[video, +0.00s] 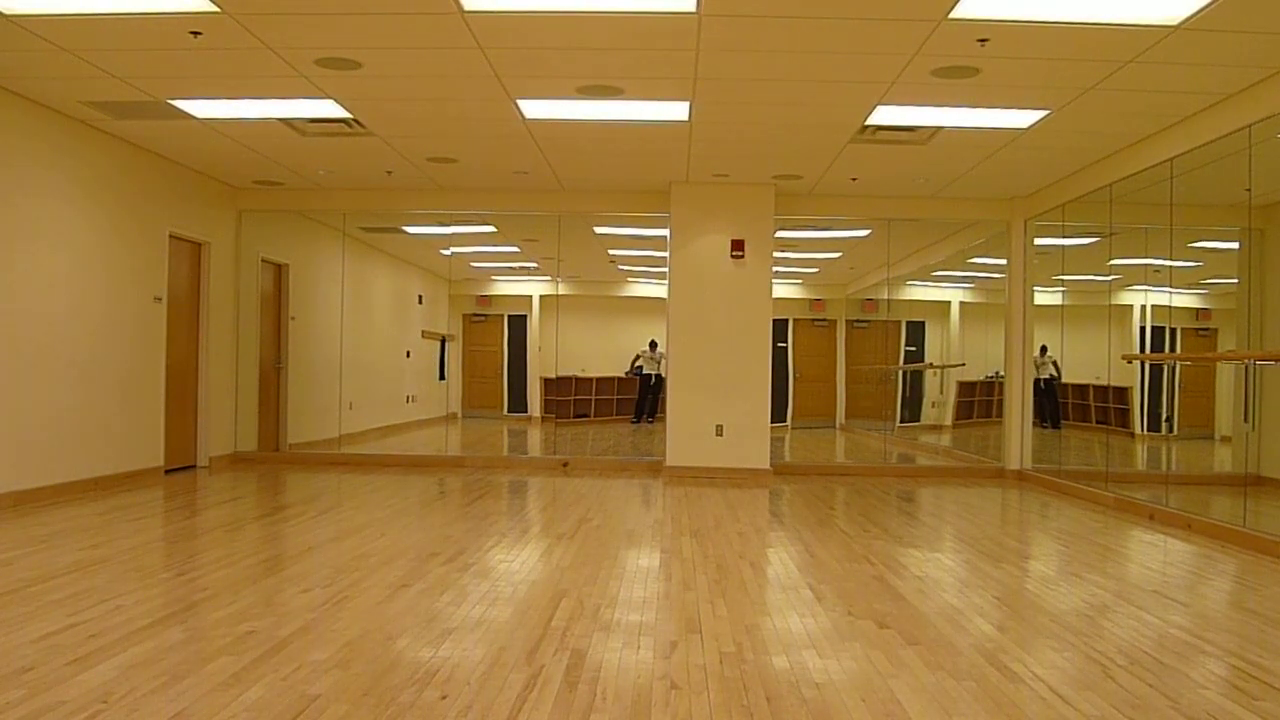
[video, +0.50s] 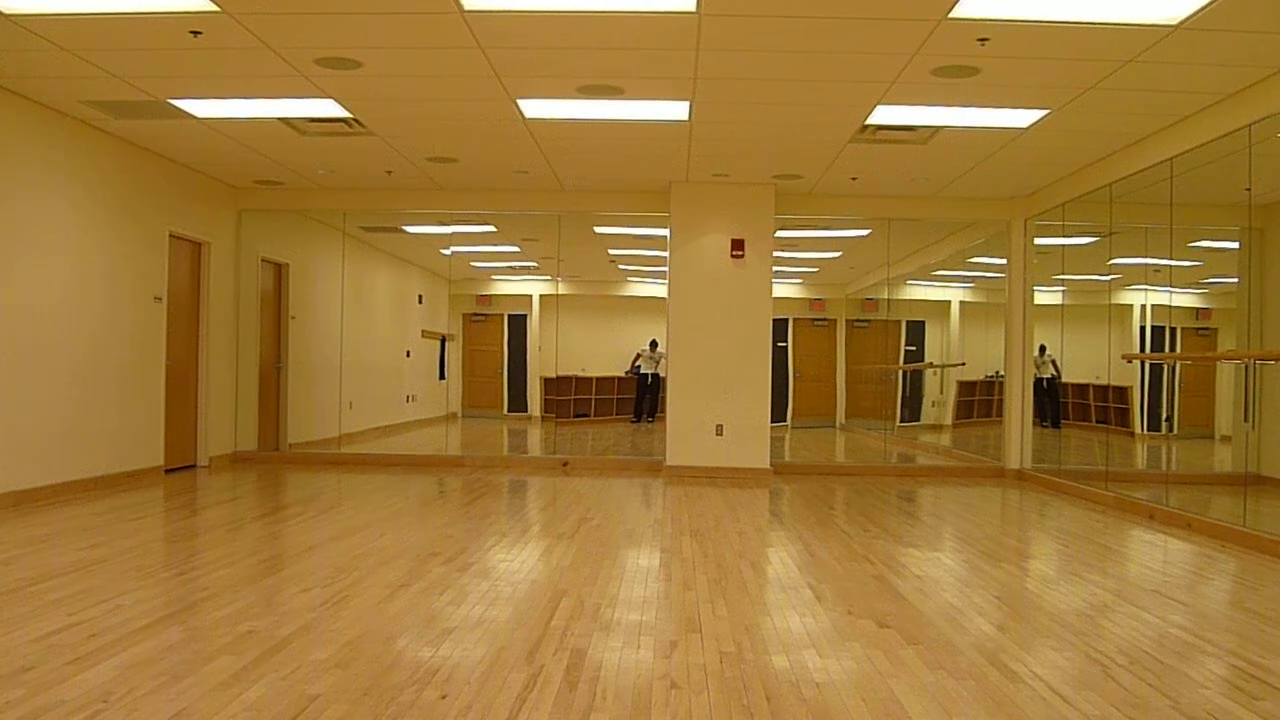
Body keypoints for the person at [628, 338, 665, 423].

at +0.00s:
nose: (653, 351)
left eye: (654, 349)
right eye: (651, 349)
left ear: (656, 348)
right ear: (649, 347)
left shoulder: (660, 354)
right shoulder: (643, 352)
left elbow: (669, 361)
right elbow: (635, 359)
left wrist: (666, 373)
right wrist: (631, 370)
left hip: (657, 374)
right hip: (646, 373)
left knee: (655, 396)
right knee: (642, 395)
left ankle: (651, 416)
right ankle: (637, 416)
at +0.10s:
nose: (653, 351)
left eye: (654, 349)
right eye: (651, 349)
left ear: (656, 348)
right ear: (648, 347)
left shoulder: (660, 354)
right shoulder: (643, 352)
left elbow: (668, 361)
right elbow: (635, 359)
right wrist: (631, 369)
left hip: (656, 374)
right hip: (645, 374)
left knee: (655, 396)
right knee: (642, 395)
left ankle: (651, 416)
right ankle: (637, 416)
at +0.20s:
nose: (652, 351)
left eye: (654, 349)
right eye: (651, 349)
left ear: (656, 348)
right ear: (648, 347)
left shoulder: (660, 354)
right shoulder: (643, 352)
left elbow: (668, 360)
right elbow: (634, 360)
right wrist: (631, 369)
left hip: (656, 374)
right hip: (645, 373)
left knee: (654, 396)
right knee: (641, 395)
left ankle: (651, 416)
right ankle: (637, 416)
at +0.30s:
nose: (652, 351)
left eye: (654, 350)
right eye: (651, 349)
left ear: (656, 348)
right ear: (649, 347)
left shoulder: (660, 354)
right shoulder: (643, 352)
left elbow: (669, 362)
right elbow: (635, 359)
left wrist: (667, 373)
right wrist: (631, 369)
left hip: (655, 373)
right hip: (645, 373)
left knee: (654, 396)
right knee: (641, 395)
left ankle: (651, 416)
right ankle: (637, 416)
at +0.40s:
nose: (652, 351)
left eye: (654, 350)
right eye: (651, 349)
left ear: (657, 348)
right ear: (649, 347)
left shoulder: (660, 354)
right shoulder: (643, 352)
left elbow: (669, 361)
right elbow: (635, 360)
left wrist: (668, 373)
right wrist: (631, 369)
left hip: (655, 374)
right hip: (644, 373)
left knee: (654, 396)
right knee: (640, 395)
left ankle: (651, 416)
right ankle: (637, 416)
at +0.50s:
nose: (652, 351)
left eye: (654, 349)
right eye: (651, 349)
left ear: (657, 348)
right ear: (649, 347)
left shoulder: (660, 354)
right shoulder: (643, 351)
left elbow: (669, 361)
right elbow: (635, 360)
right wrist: (631, 369)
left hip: (654, 373)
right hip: (643, 373)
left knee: (654, 396)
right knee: (640, 395)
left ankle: (651, 416)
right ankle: (637, 416)